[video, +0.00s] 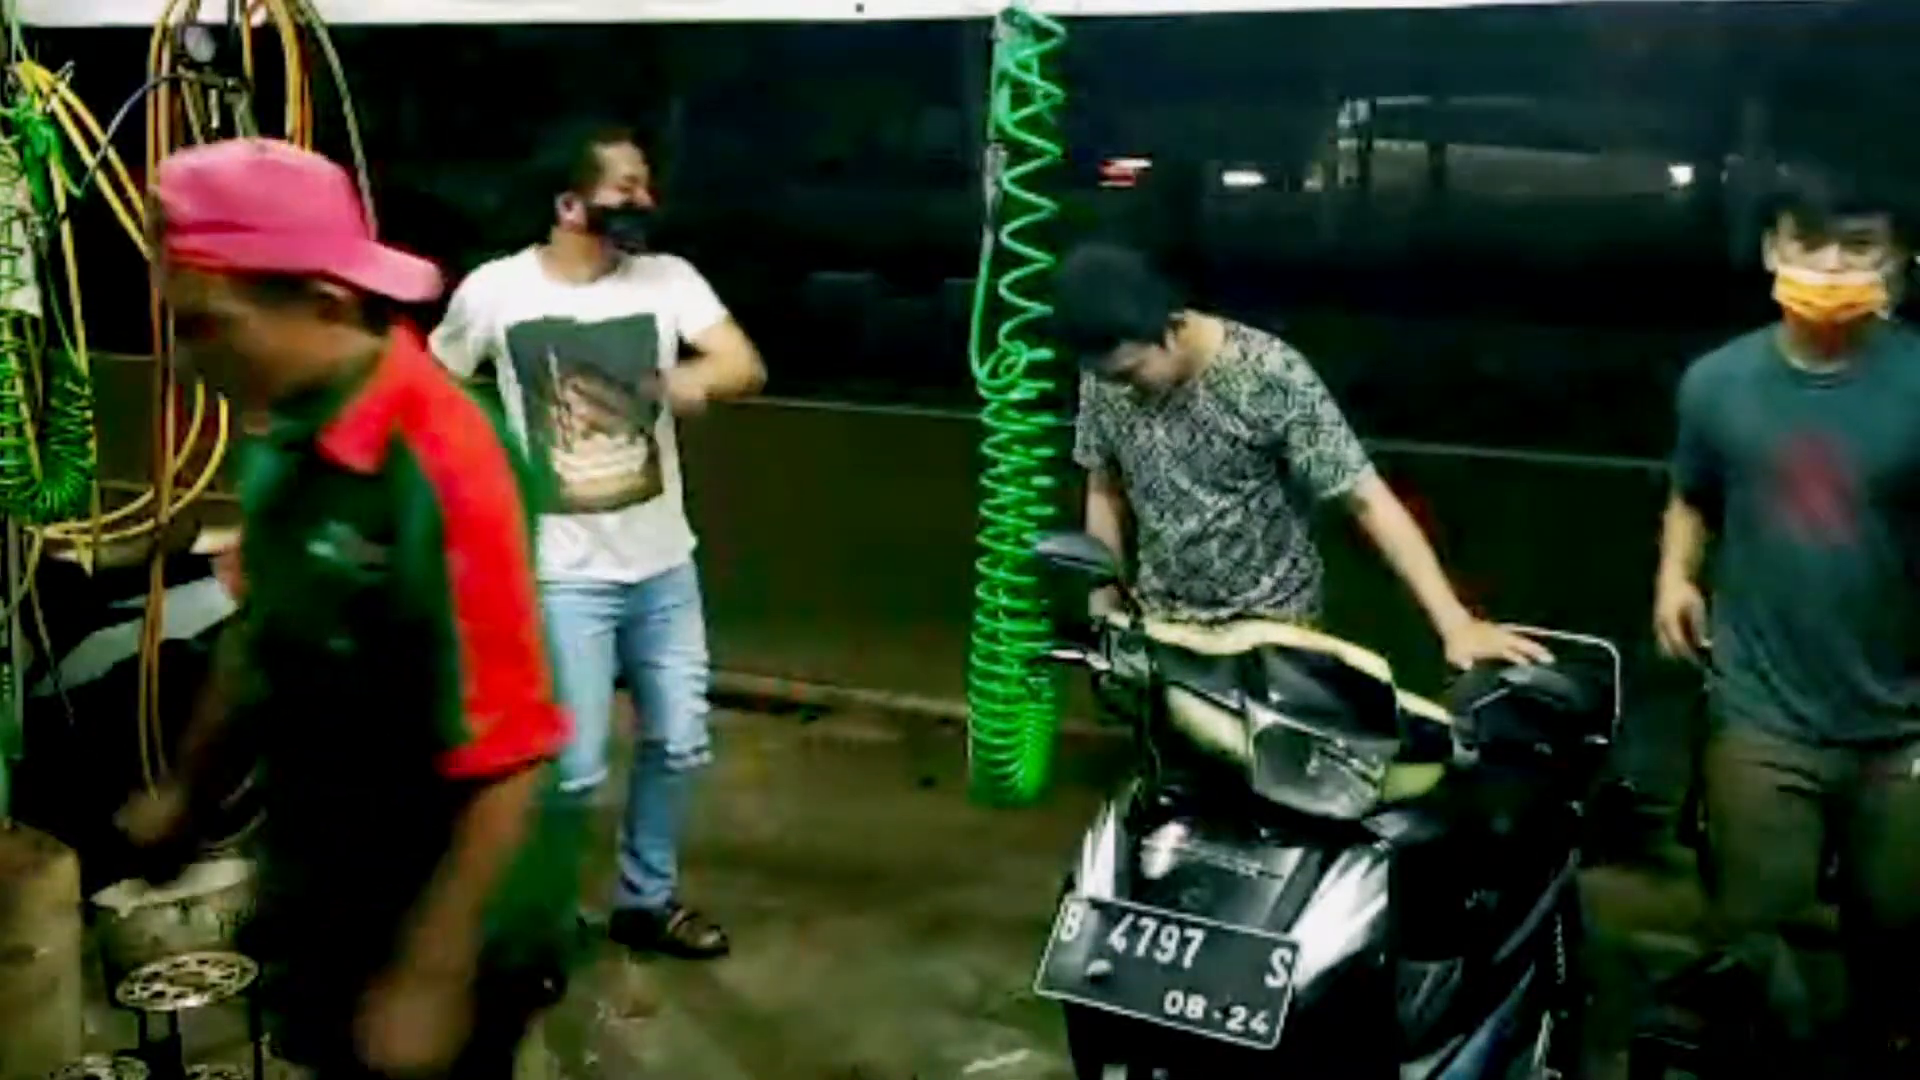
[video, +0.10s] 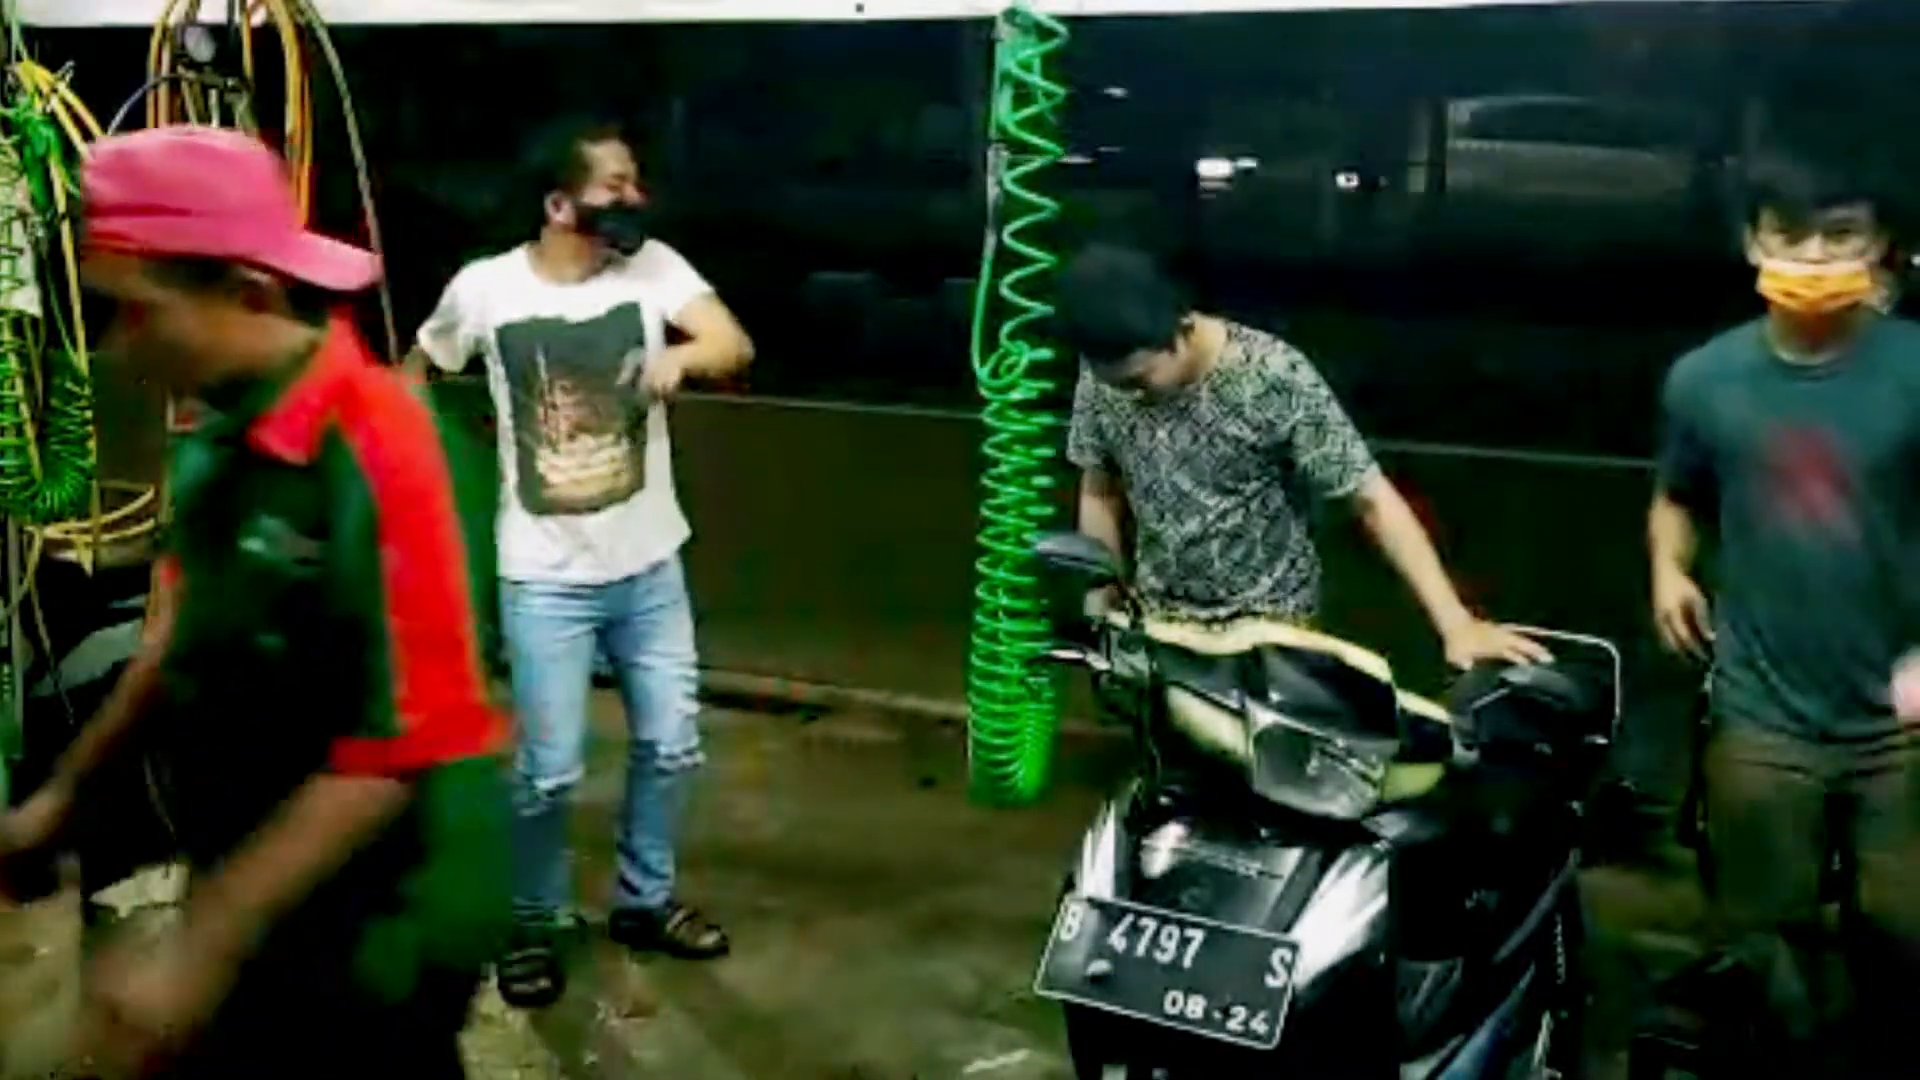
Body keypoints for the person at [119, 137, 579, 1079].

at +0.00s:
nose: (193, 356)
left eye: (211, 323)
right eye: (187, 326)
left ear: (324, 301)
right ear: (319, 304)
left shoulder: (443, 449)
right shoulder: (293, 428)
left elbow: (516, 750)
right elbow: (261, 641)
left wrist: (432, 972)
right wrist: (185, 787)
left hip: (436, 894)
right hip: (319, 877)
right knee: (316, 1051)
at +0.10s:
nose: (114, 345)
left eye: (130, 310)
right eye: (109, 312)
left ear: (245, 287)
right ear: (245, 291)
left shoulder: (375, 434)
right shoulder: (218, 433)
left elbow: (395, 750)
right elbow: (175, 639)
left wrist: (200, 941)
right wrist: (64, 793)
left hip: (381, 918)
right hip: (253, 892)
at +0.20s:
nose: (56, 343)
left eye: (69, 309)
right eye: (52, 310)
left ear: (175, 288)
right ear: (176, 291)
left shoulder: (322, 437)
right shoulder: (182, 423)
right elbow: (140, 638)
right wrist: (30, 794)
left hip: (321, 927)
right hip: (197, 907)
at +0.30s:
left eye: (4, 323)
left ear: (60, 309)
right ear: (65, 308)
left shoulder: (244, 441)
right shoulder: (86, 464)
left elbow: (232, 733)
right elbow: (80, 697)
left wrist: (14, 775)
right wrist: (24, 797)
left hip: (269, 957)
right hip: (124, 935)